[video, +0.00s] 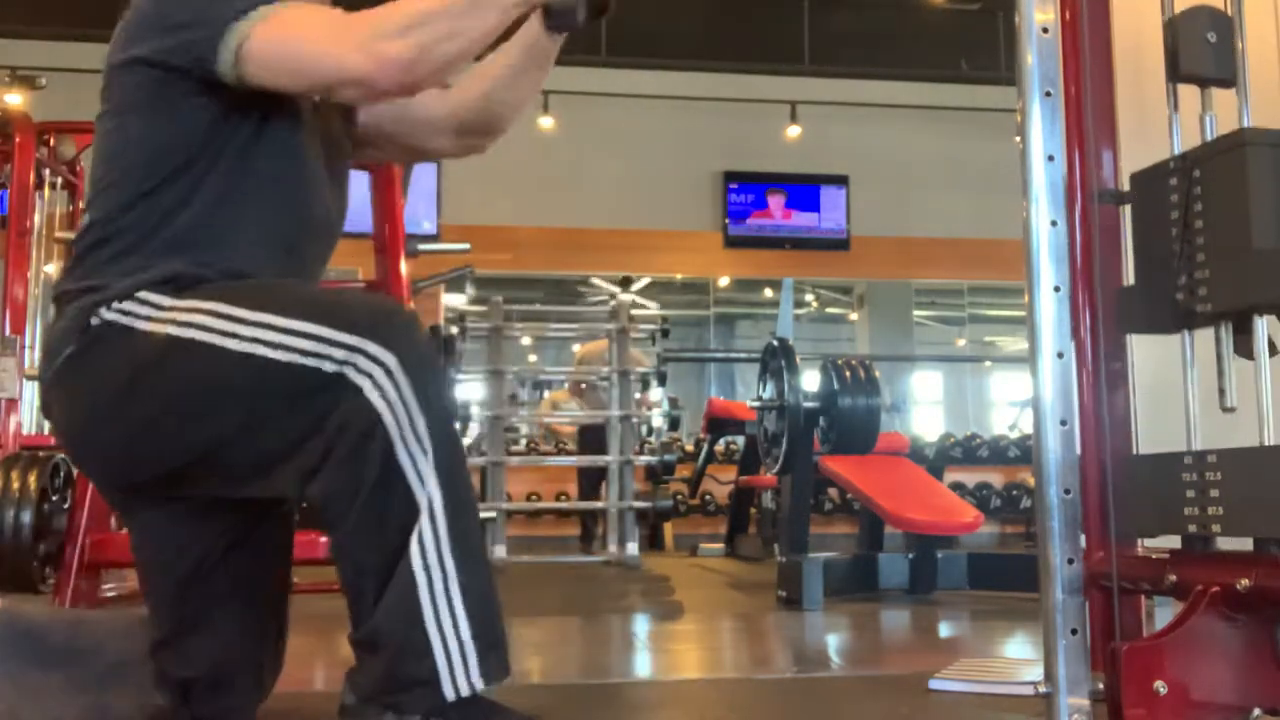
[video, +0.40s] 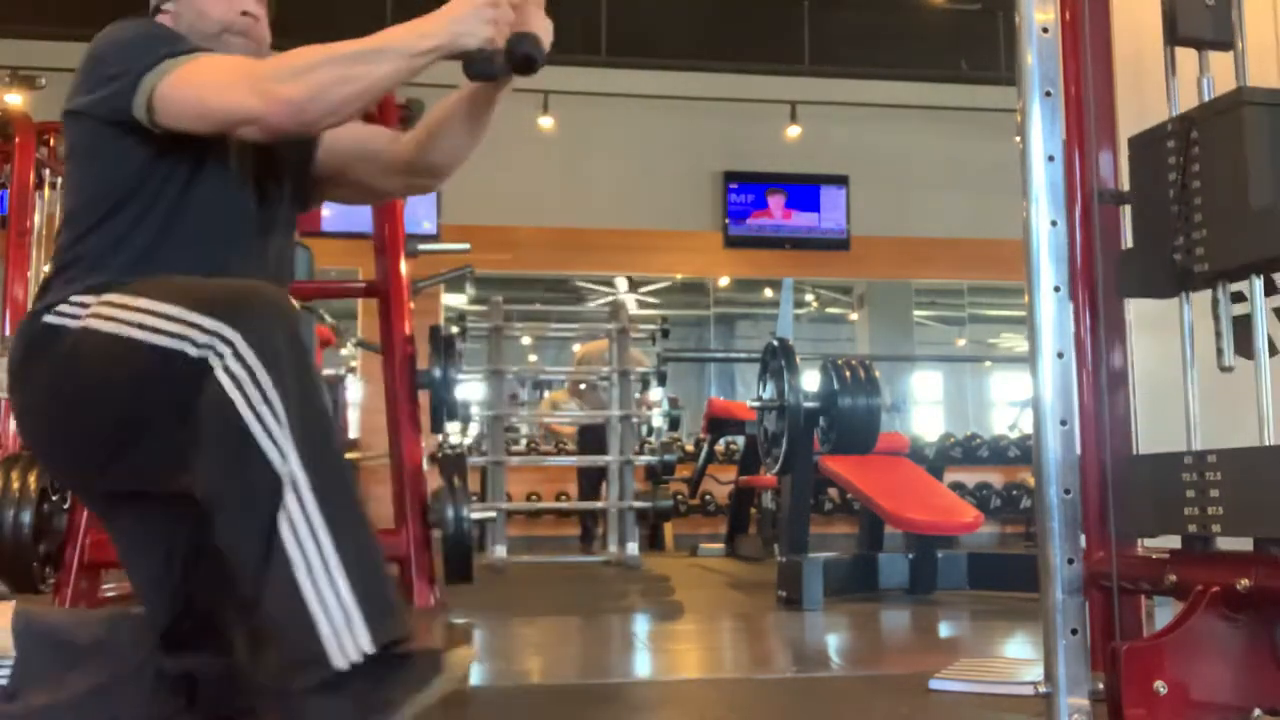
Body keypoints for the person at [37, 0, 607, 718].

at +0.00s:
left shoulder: (302, 93)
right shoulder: (173, 14)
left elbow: (465, 120)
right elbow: (372, 57)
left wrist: (557, 14)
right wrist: (532, 5)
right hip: (124, 329)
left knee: (217, 683)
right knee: (375, 353)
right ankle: (428, 694)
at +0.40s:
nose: (257, 8)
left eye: (261, 2)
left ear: (271, 24)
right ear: (166, 7)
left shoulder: (275, 130)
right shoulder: (126, 52)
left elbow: (413, 161)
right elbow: (276, 99)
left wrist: (493, 76)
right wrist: (441, 29)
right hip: (78, 333)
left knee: (216, 651)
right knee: (247, 327)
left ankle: (23, 646)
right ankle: (354, 665)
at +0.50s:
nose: (243, 10)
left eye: (250, 4)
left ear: (261, 28)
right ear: (162, 9)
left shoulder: (273, 125)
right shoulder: (119, 59)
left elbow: (403, 162)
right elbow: (264, 102)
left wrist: (488, 79)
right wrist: (432, 35)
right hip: (87, 328)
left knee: (239, 662)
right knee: (239, 345)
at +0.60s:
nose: (232, 14)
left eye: (243, 4)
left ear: (255, 28)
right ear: (156, 11)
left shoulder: (271, 133)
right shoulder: (117, 65)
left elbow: (401, 163)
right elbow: (258, 108)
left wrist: (485, 77)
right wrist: (423, 37)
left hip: (224, 393)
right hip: (104, 334)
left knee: (235, 667)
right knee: (198, 439)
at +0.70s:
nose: (235, 13)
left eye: (245, 5)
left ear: (257, 35)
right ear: (157, 14)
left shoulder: (271, 134)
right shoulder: (123, 66)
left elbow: (403, 165)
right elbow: (260, 111)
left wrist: (486, 81)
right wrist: (425, 42)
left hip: (224, 428)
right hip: (111, 357)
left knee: (241, 671)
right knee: (154, 536)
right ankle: (5, 632)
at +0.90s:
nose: (240, 15)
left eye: (251, 7)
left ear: (262, 31)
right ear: (160, 11)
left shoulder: (268, 127)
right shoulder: (128, 64)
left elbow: (406, 166)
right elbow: (268, 114)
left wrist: (494, 93)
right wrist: (444, 50)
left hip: (218, 440)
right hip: (102, 399)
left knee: (238, 678)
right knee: (95, 659)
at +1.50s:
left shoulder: (300, 121)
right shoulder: (193, 56)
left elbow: (462, 220)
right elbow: (384, 175)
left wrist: (578, 142)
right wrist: (550, 108)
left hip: (197, 472)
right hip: (66, 441)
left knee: (237, 685)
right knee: (106, 700)